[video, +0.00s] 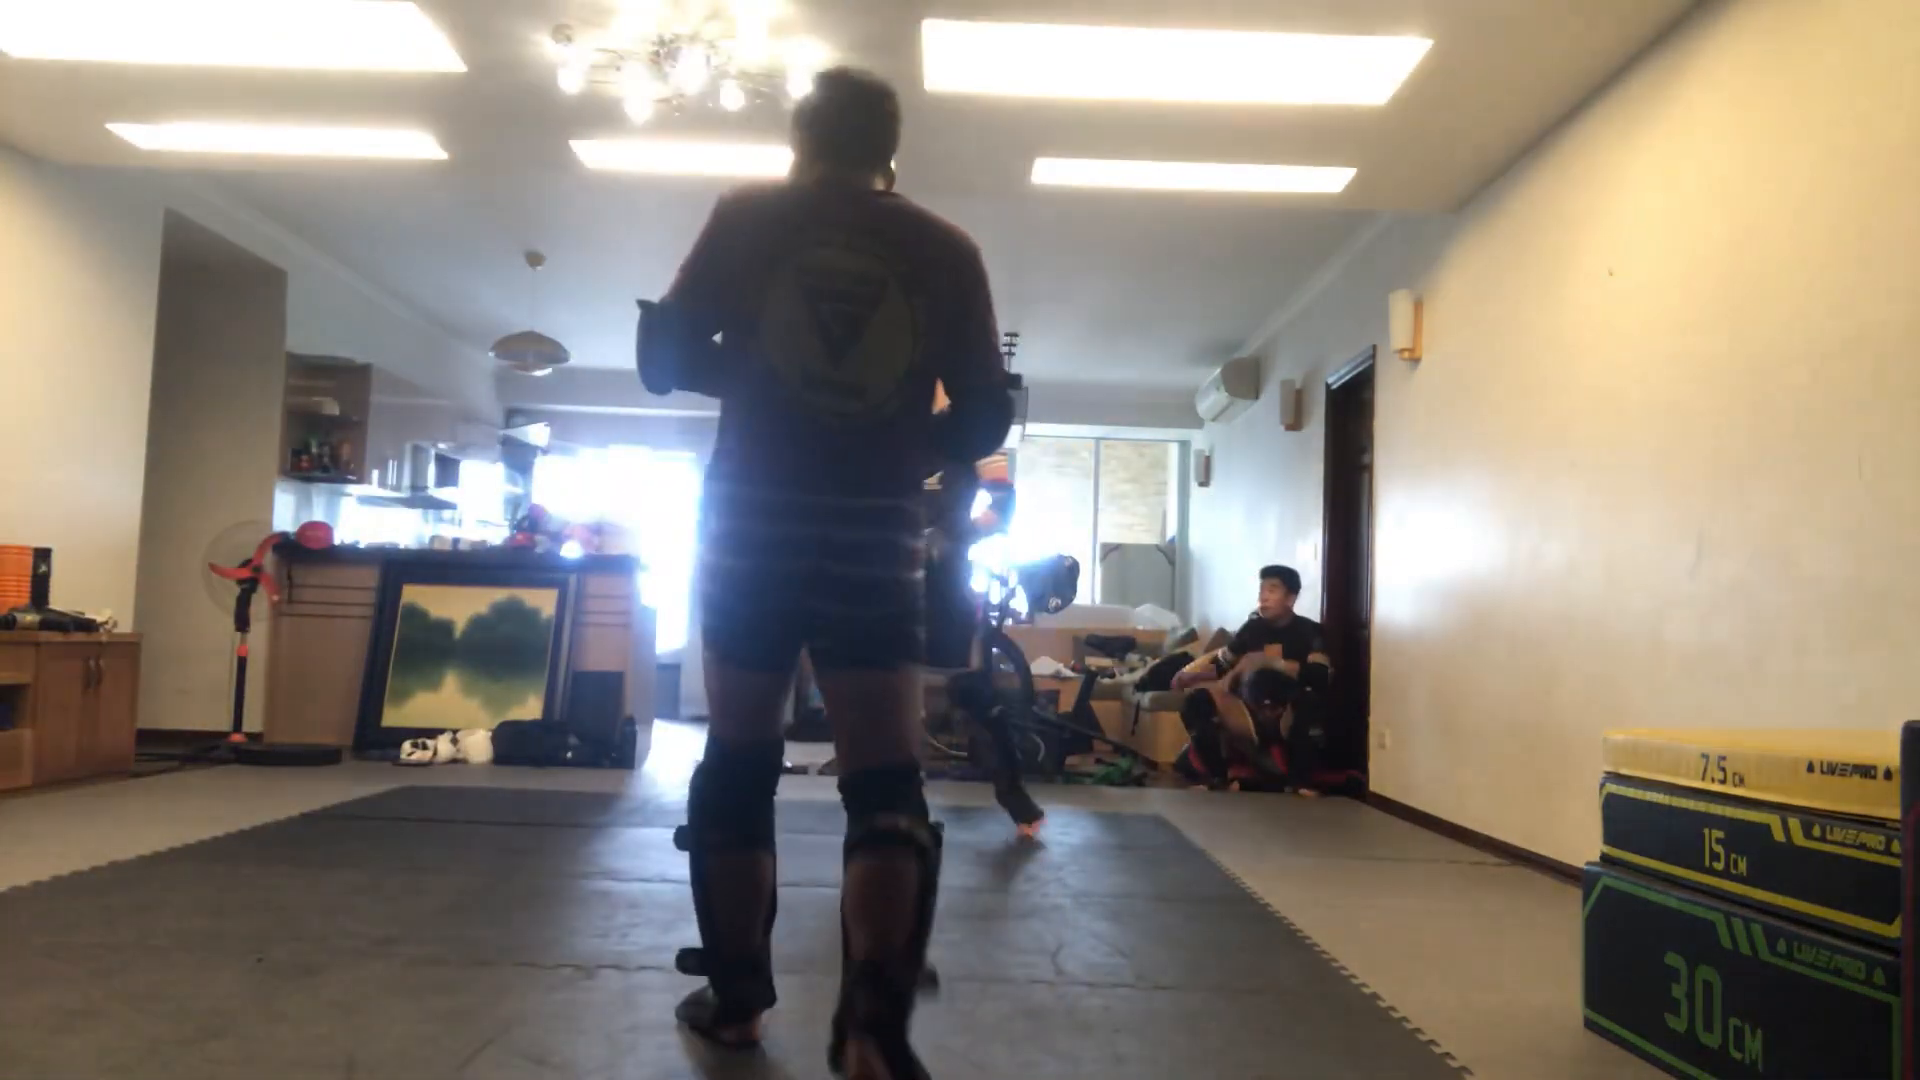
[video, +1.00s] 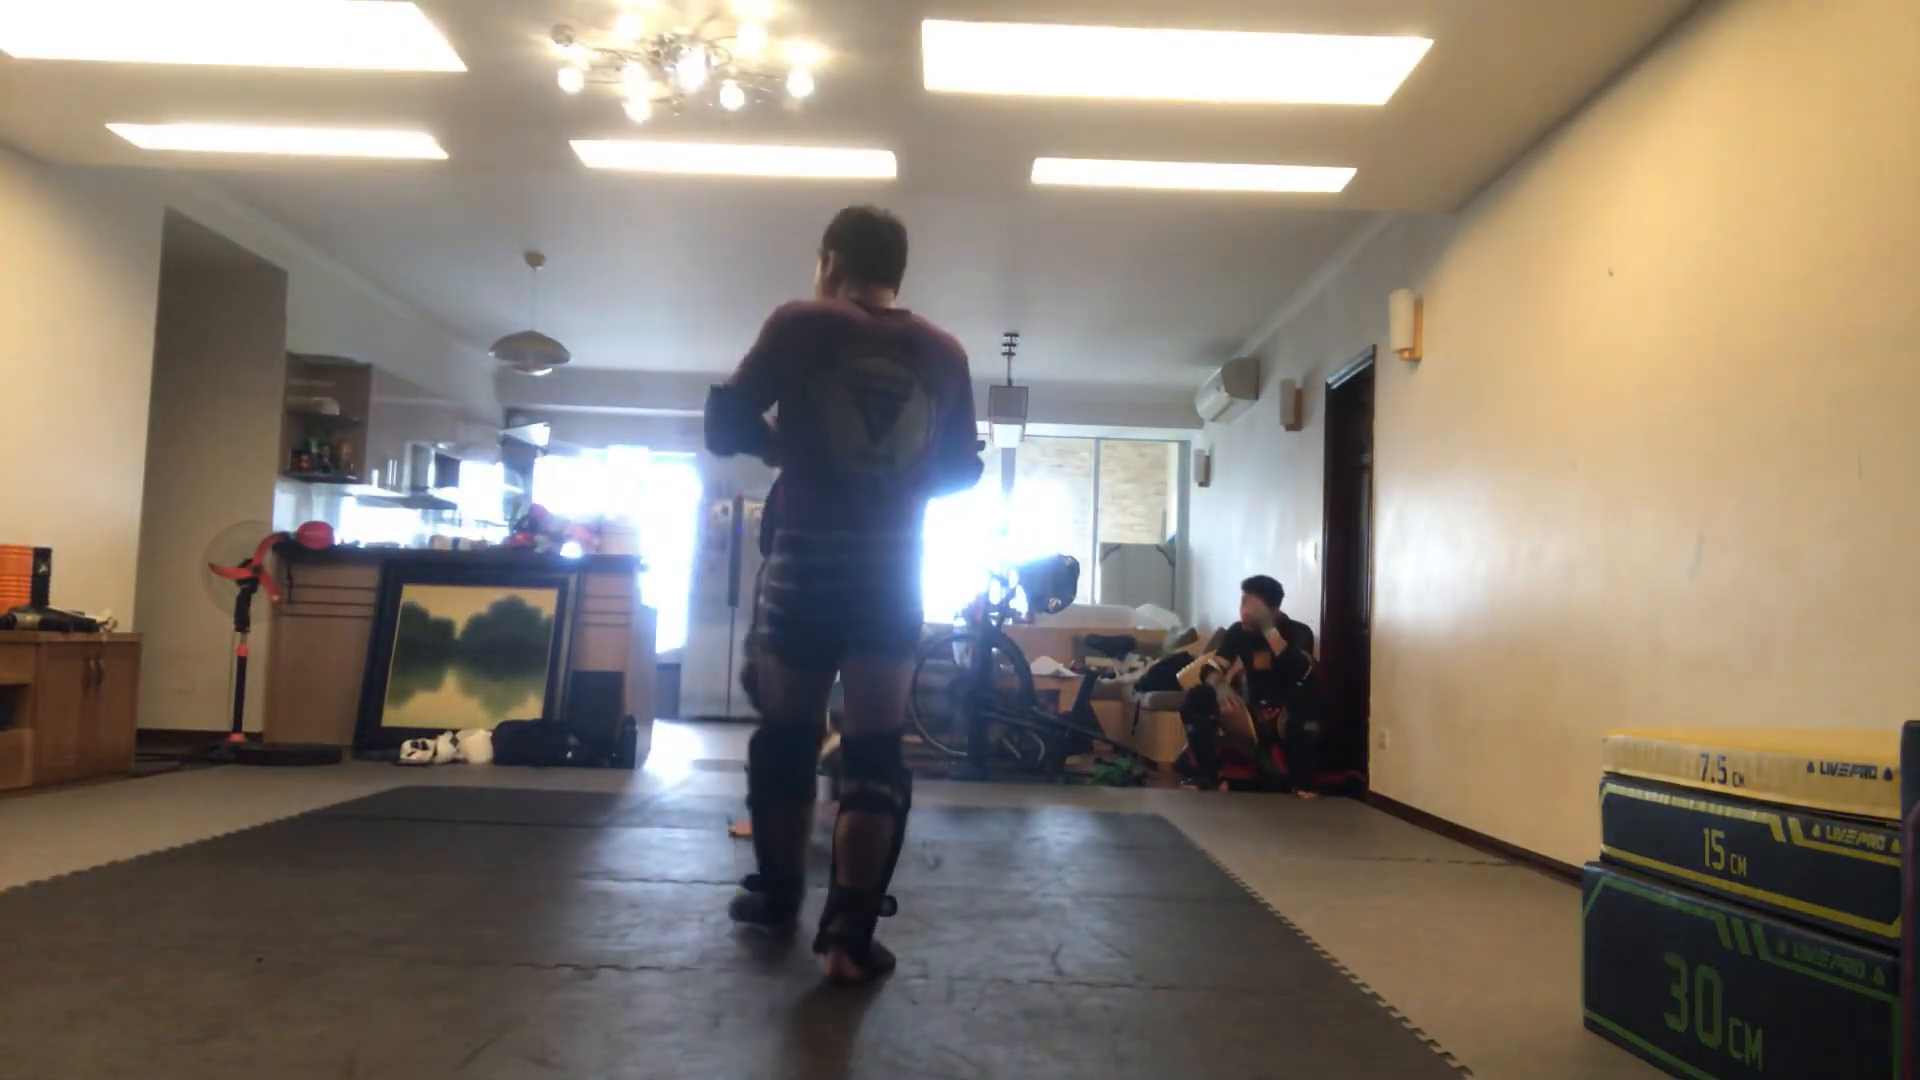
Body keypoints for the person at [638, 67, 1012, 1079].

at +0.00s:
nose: (803, 158)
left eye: (799, 139)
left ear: (799, 141)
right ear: (890, 151)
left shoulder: (745, 217)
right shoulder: (944, 248)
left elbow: (664, 356)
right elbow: (986, 412)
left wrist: (763, 377)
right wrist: (908, 450)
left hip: (750, 536)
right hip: (874, 546)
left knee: (738, 759)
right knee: (885, 774)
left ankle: (739, 997)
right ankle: (873, 1036)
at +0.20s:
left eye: (794, 163)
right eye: (859, 169)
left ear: (790, 165)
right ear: (873, 176)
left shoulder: (732, 232)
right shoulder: (917, 255)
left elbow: (660, 364)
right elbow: (962, 404)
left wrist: (748, 389)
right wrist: (895, 453)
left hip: (740, 528)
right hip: (856, 533)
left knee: (733, 755)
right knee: (895, 746)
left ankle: (736, 998)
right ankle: (836, 925)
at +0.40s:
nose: (840, 230)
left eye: (815, 211)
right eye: (867, 218)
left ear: (807, 204)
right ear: (885, 218)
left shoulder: (755, 259)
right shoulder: (921, 285)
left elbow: (673, 369)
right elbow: (964, 429)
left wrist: (754, 406)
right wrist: (894, 464)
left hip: (747, 540)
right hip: (861, 547)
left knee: (740, 754)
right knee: (863, 753)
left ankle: (739, 996)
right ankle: (853, 939)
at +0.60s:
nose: (840, 246)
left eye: (832, 230)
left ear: (833, 226)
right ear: (907, 240)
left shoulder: (782, 279)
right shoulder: (942, 313)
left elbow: (689, 369)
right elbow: (977, 447)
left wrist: (762, 420)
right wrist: (907, 473)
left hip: (784, 556)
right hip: (884, 565)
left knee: (732, 745)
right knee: (874, 752)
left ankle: (743, 902)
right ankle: (847, 942)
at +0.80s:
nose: (825, 252)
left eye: (826, 240)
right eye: (835, 243)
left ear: (836, 238)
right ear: (909, 250)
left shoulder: (800, 291)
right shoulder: (951, 327)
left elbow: (701, 376)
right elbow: (976, 454)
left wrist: (770, 418)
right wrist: (901, 458)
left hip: (795, 550)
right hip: (887, 562)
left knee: (748, 721)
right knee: (875, 744)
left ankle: (753, 889)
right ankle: (847, 942)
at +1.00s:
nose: (817, 277)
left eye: (819, 266)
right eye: (823, 268)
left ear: (831, 266)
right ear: (899, 274)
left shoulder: (797, 324)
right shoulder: (944, 351)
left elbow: (727, 426)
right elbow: (961, 465)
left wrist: (795, 450)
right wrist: (891, 479)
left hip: (801, 566)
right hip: (890, 574)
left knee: (787, 729)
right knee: (876, 741)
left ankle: (778, 894)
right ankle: (850, 936)